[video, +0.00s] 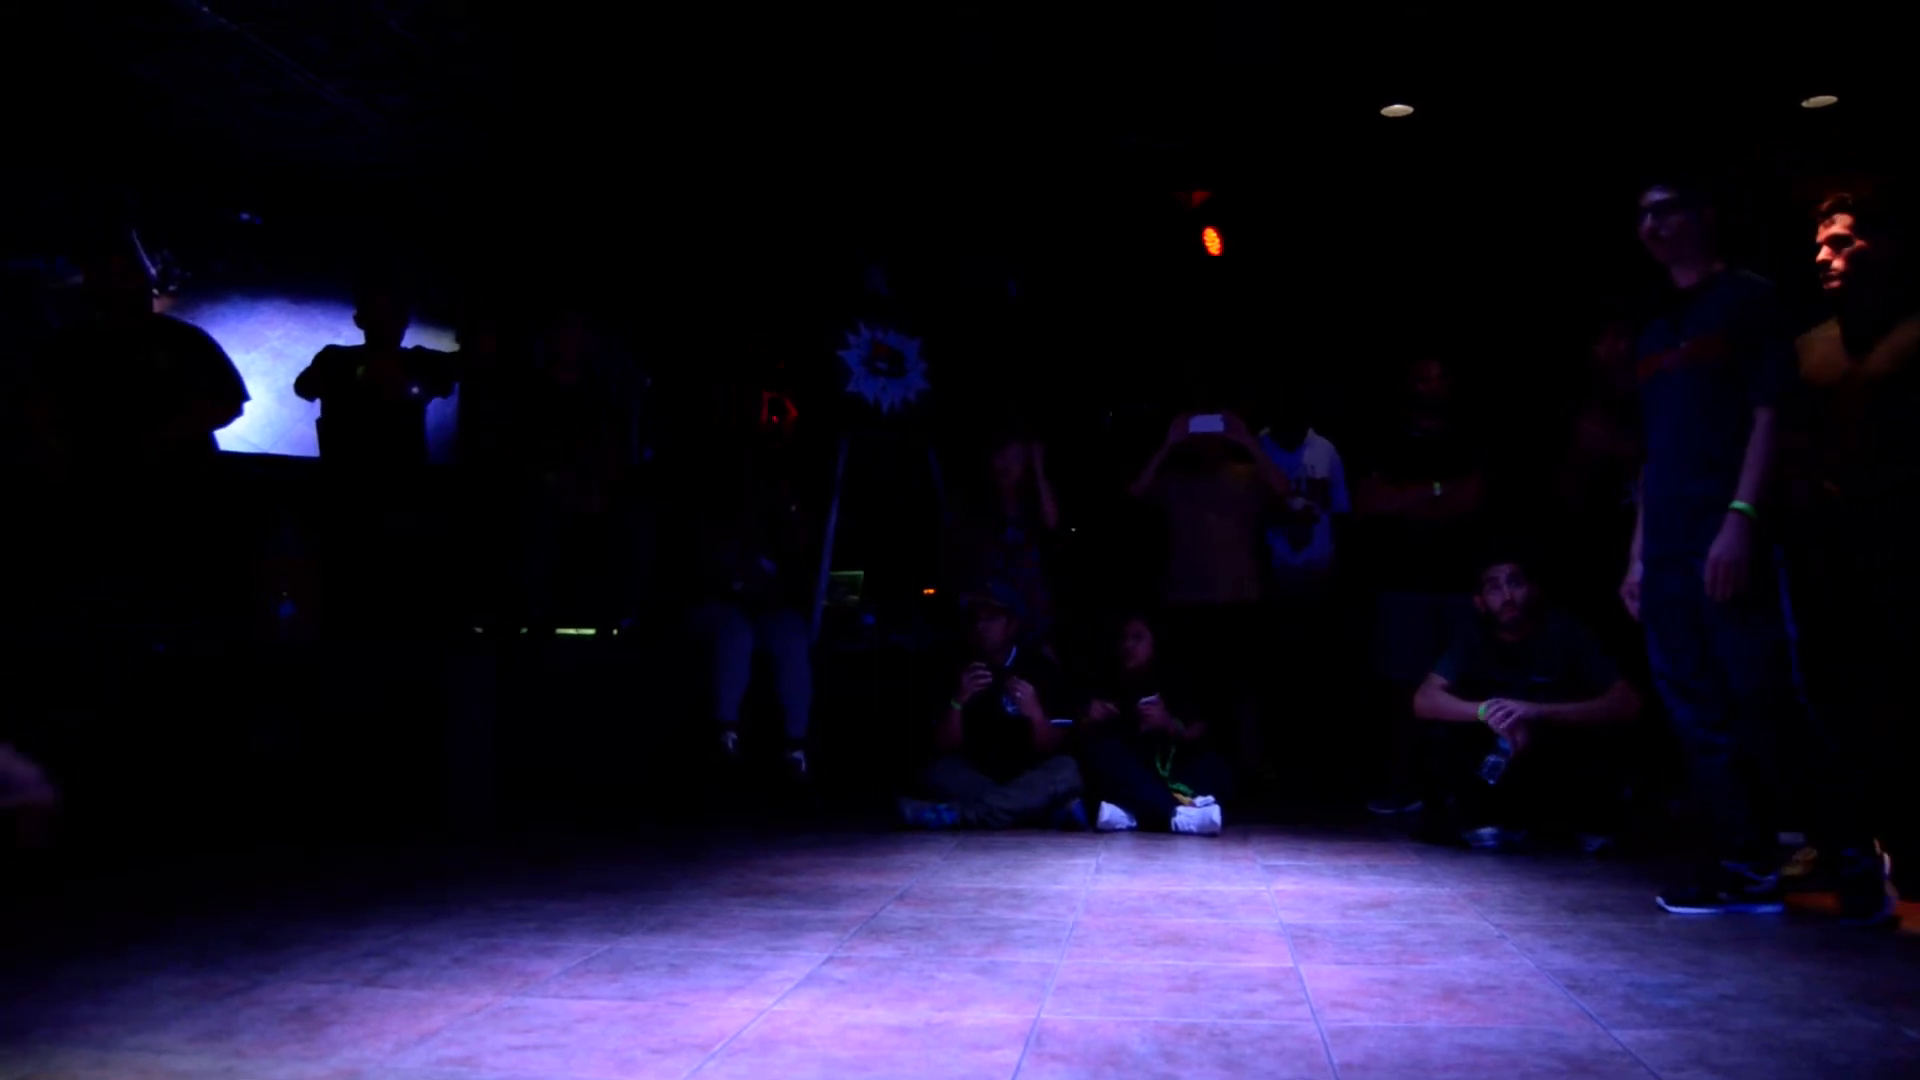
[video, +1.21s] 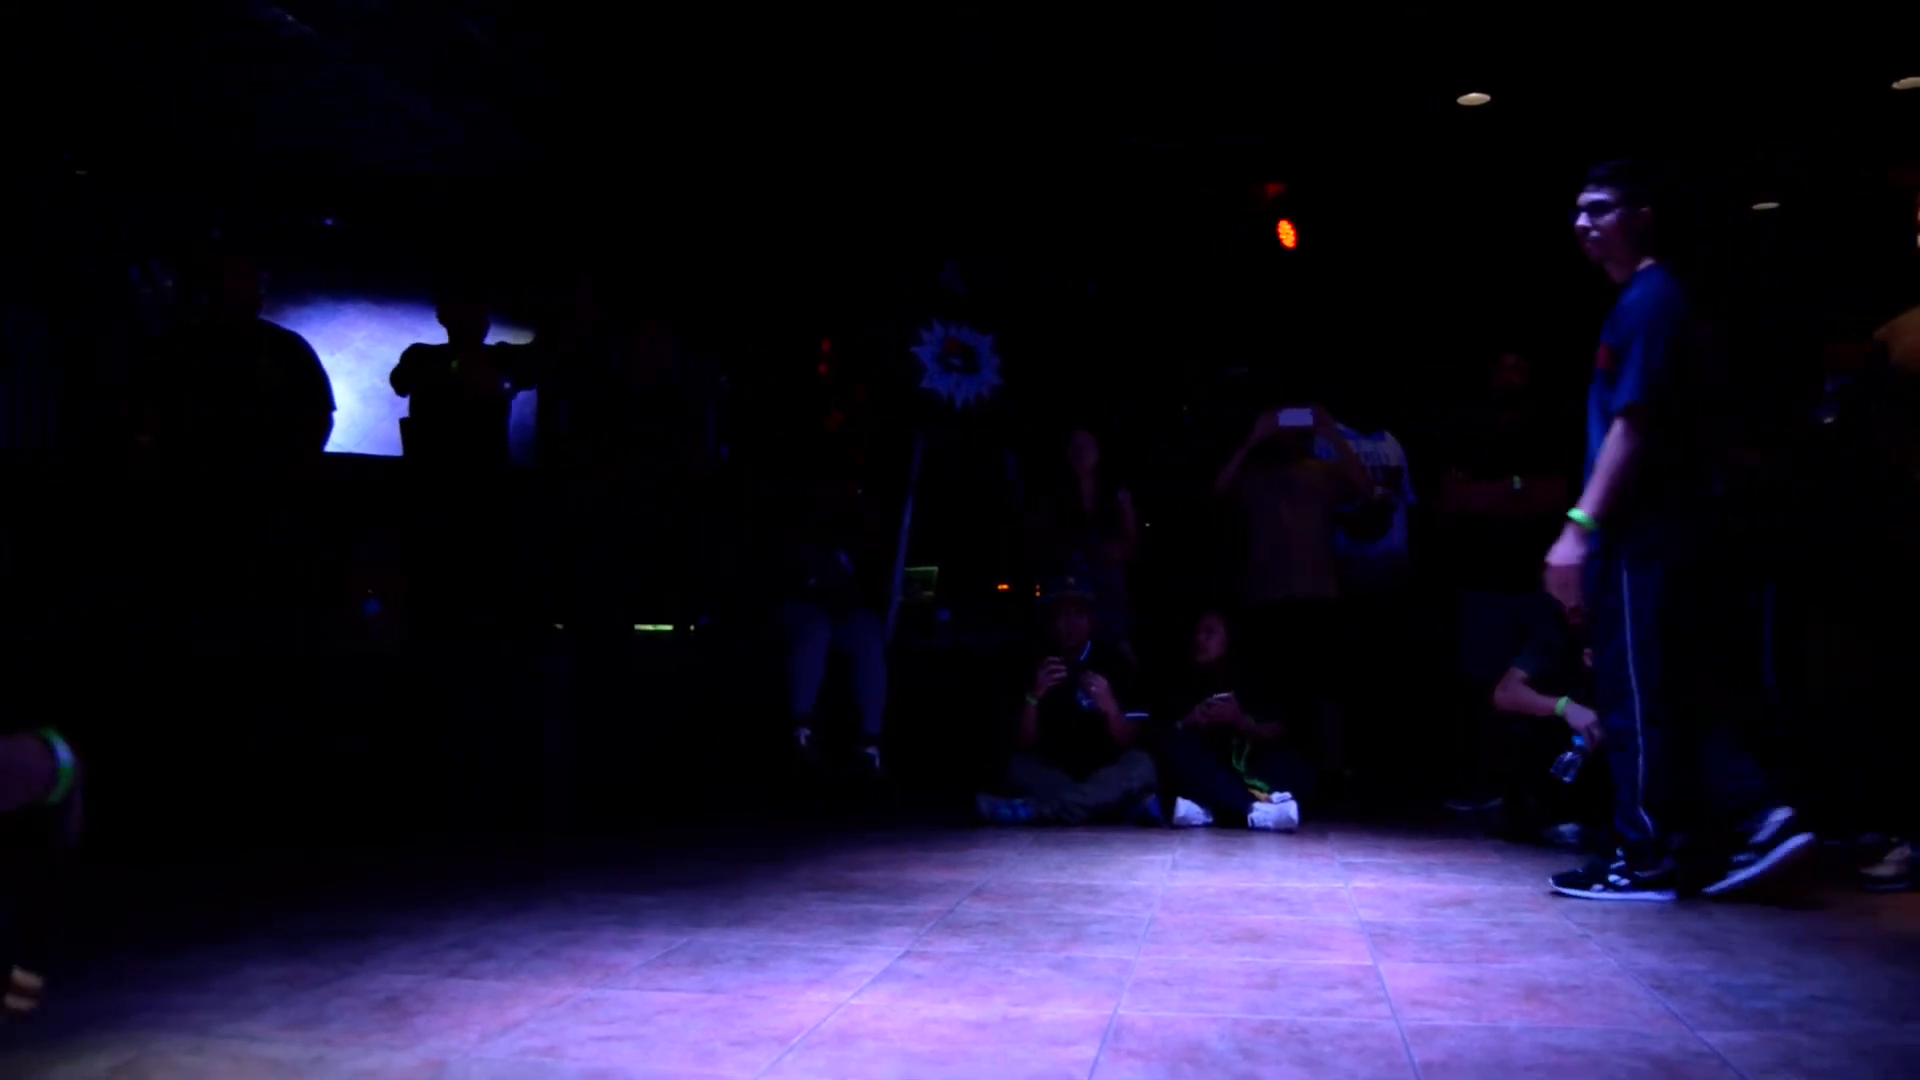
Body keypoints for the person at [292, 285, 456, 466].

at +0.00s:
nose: (387, 327)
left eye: (394, 318)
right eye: (378, 317)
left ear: (404, 321)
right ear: (360, 320)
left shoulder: (417, 362)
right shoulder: (335, 358)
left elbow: (463, 364)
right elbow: (303, 387)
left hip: (405, 463)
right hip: (345, 463)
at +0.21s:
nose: (395, 324)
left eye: (401, 314)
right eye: (387, 313)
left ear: (412, 316)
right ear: (369, 317)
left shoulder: (427, 357)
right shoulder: (346, 355)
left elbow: (466, 345)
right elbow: (314, 384)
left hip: (412, 457)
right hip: (356, 458)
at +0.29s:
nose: (411, 326)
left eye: (418, 316)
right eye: (403, 315)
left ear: (429, 318)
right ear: (386, 318)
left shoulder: (440, 357)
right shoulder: (363, 356)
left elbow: (481, 341)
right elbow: (333, 385)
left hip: (428, 458)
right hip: (372, 458)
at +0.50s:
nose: (444, 325)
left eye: (451, 315)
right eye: (436, 315)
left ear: (461, 317)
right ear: (419, 317)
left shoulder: (474, 357)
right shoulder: (397, 355)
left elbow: (515, 349)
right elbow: (368, 386)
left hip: (461, 456)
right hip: (406, 457)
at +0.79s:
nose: (471, 325)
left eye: (478, 317)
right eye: (463, 316)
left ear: (486, 320)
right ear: (443, 317)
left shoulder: (490, 359)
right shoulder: (417, 358)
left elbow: (536, 354)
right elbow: (389, 387)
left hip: (481, 461)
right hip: (427, 462)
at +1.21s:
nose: (472, 325)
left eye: (478, 315)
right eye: (461, 315)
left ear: (487, 318)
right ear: (442, 317)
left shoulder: (500, 358)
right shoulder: (422, 356)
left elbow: (541, 355)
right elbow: (399, 385)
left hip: (488, 458)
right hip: (432, 460)